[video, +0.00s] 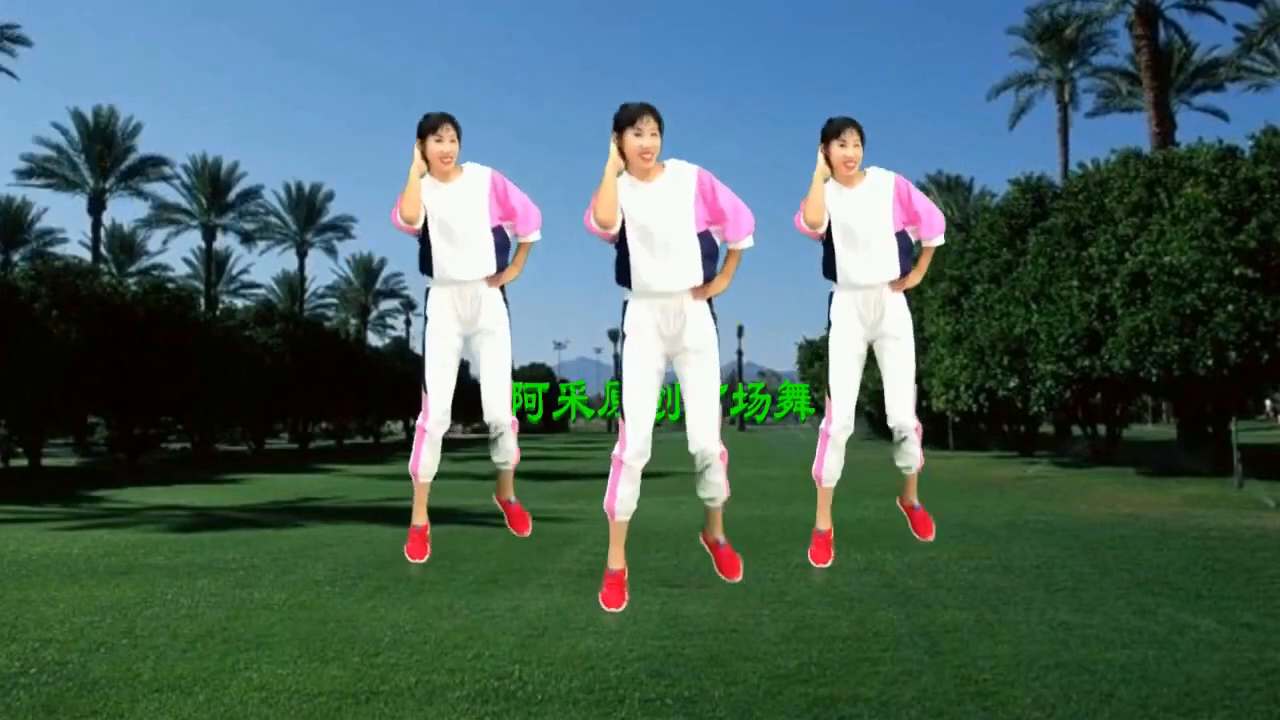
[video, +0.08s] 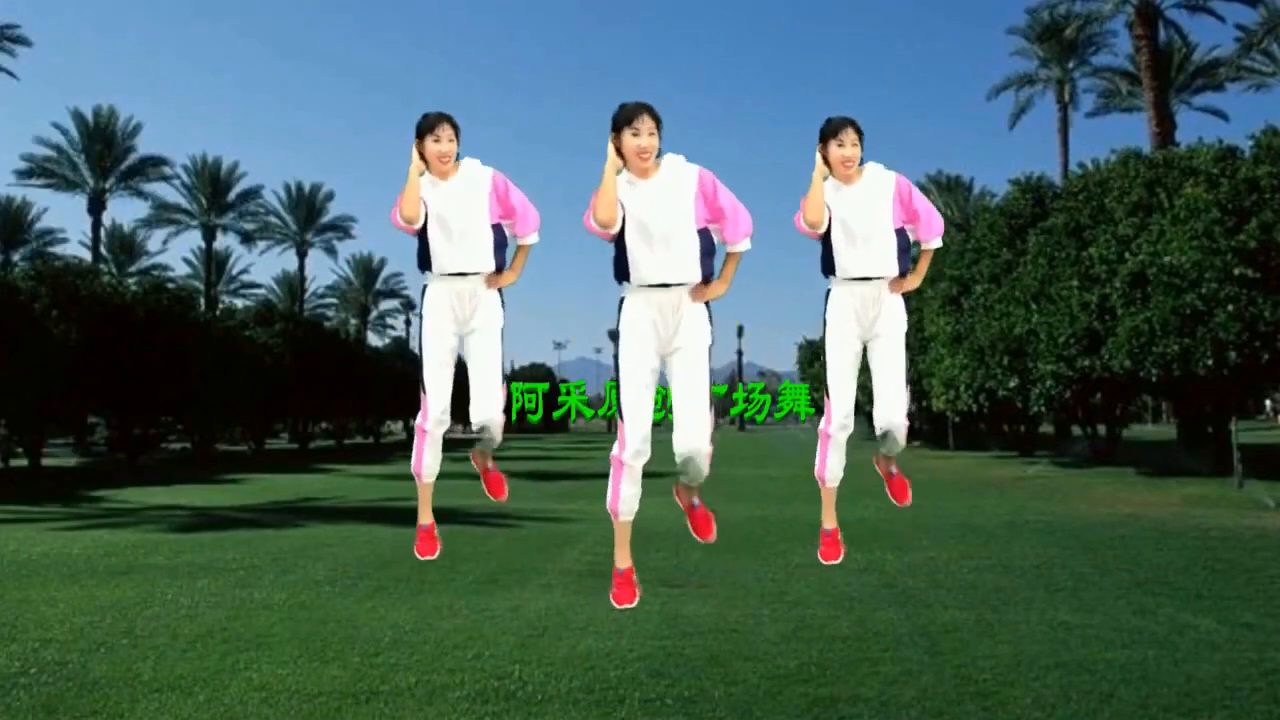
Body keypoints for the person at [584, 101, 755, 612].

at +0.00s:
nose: (646, 141)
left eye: (651, 134)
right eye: (636, 134)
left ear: (661, 139)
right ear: (619, 143)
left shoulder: (690, 178)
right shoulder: (614, 191)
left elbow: (741, 221)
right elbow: (605, 222)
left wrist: (724, 278)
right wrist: (613, 164)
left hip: (693, 311)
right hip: (642, 315)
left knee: (706, 443)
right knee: (633, 443)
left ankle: (715, 534)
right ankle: (616, 561)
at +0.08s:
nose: (644, 141)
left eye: (650, 133)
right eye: (635, 134)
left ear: (660, 138)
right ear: (617, 143)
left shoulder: (690, 177)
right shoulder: (613, 188)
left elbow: (739, 223)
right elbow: (605, 222)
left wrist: (723, 281)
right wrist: (612, 162)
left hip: (688, 306)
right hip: (639, 308)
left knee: (694, 447)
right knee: (632, 442)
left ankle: (688, 493)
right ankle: (622, 561)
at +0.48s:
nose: (653, 151)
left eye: (657, 141)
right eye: (643, 142)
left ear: (667, 148)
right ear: (626, 152)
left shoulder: (697, 196)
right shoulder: (617, 200)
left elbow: (737, 249)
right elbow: (656, 217)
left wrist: (722, 298)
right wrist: (650, 150)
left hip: (690, 320)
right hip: (640, 320)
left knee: (701, 457)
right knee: (634, 456)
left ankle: (698, 528)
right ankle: (626, 571)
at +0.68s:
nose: (661, 174)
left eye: (668, 166)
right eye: (651, 165)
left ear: (679, 174)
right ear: (636, 174)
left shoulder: (702, 216)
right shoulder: (627, 222)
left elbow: (747, 263)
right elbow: (681, 230)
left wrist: (737, 312)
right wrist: (727, 182)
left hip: (710, 339)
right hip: (661, 345)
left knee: (718, 469)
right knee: (663, 477)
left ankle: (726, 564)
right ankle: (629, 577)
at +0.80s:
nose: (665, 173)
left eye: (672, 166)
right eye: (655, 166)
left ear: (681, 174)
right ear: (639, 174)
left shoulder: (704, 221)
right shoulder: (630, 224)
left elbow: (752, 272)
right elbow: (683, 244)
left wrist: (730, 324)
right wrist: (745, 219)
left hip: (709, 353)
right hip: (658, 355)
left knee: (715, 471)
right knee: (660, 477)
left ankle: (725, 566)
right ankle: (629, 577)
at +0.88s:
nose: (662, 151)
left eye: (670, 143)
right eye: (653, 143)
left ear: (681, 151)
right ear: (639, 151)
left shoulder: (705, 200)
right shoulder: (629, 199)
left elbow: (746, 250)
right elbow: (674, 233)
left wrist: (727, 301)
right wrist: (744, 233)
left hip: (702, 328)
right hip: (651, 329)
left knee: (715, 451)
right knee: (647, 456)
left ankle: (724, 561)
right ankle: (625, 572)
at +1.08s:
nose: (657, 152)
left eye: (666, 144)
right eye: (649, 144)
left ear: (680, 151)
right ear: (634, 151)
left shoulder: (704, 204)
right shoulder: (620, 198)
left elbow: (736, 263)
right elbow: (625, 266)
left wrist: (710, 313)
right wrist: (671, 313)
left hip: (683, 330)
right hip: (632, 326)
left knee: (679, 462)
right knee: (628, 454)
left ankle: (667, 467)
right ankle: (621, 571)